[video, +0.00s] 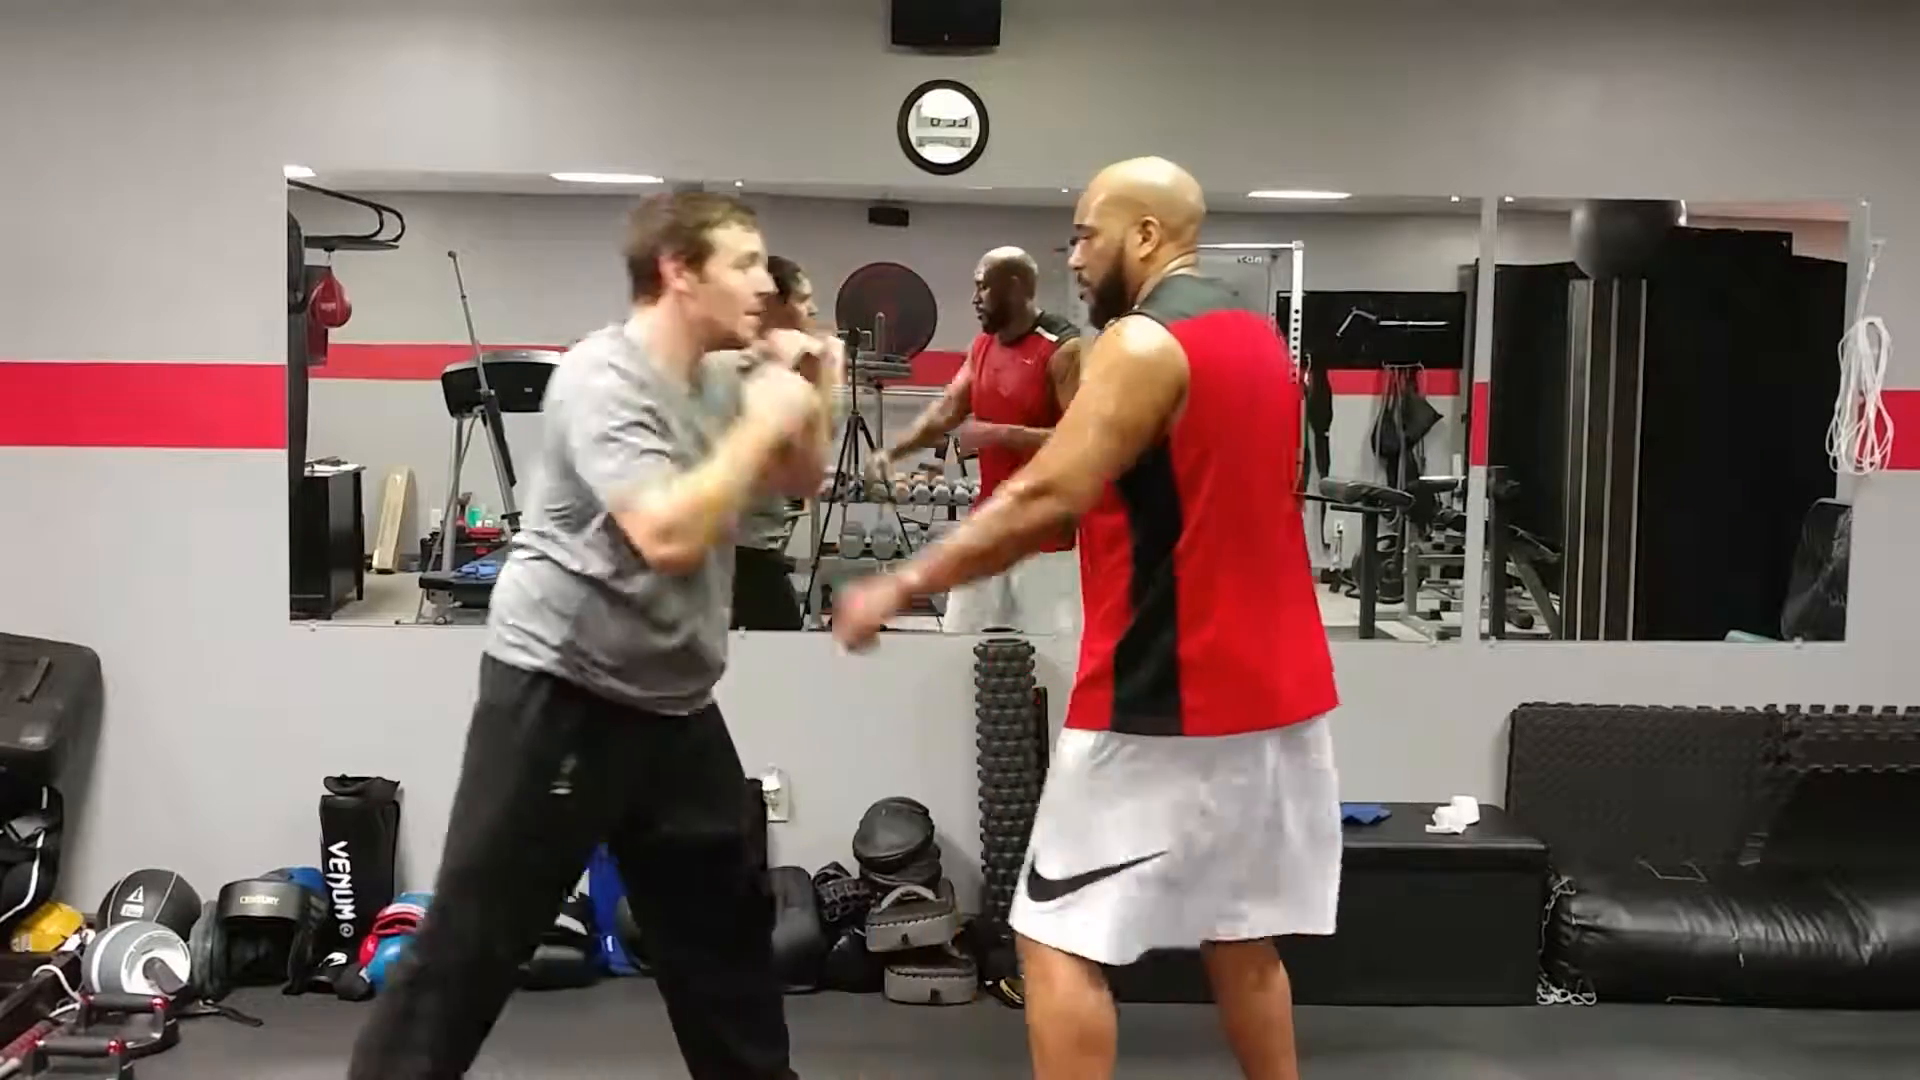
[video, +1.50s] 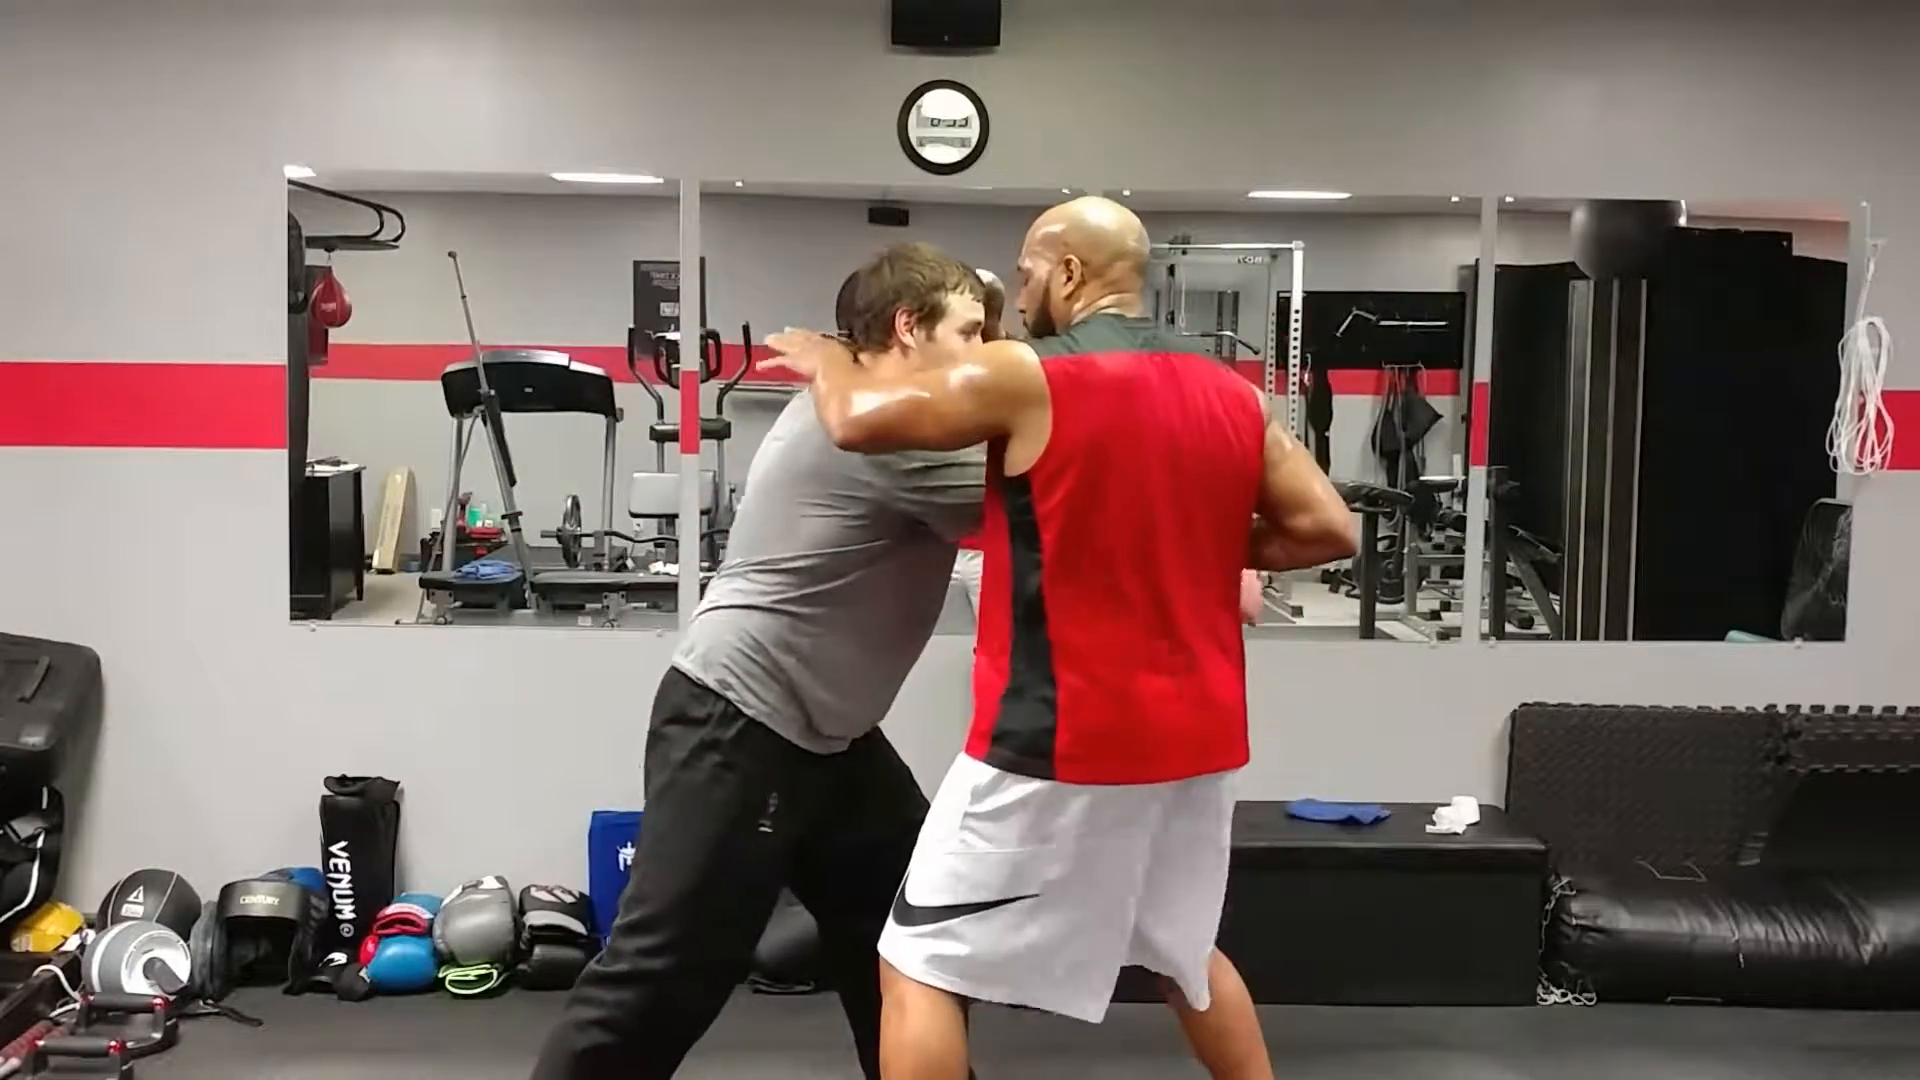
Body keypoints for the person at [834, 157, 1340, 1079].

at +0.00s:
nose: (1075, 259)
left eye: (1087, 238)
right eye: (1076, 239)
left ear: (1148, 236)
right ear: (1173, 240)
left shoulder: (1143, 346)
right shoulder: (1262, 343)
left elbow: (1052, 497)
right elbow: (1213, 502)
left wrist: (902, 583)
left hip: (1153, 695)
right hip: (1275, 689)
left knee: (1056, 936)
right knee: (1240, 932)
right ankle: (1278, 1076)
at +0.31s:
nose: (1100, 244)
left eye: (1115, 225)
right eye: (1102, 225)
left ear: (1181, 230)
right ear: (1195, 233)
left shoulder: (1183, 341)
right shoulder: (1259, 324)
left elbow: (1116, 491)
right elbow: (1227, 491)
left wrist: (961, 492)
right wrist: (1112, 451)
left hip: (1174, 697)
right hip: (1273, 688)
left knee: (1106, 953)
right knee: (1245, 938)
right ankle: (1278, 1079)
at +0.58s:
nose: (1105, 245)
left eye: (1119, 227)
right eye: (1109, 225)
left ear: (1179, 235)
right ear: (1201, 237)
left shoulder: (1150, 340)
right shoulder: (1251, 312)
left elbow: (1046, 485)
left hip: (1153, 692)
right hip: (1265, 685)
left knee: (1045, 937)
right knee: (1237, 934)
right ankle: (1278, 1078)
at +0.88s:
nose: (994, 308)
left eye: (1004, 287)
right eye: (996, 287)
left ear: (1055, 290)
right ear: (1094, 290)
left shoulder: (1075, 405)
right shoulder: (1151, 374)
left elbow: (1025, 586)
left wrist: (972, 572)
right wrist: (993, 407)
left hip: (1106, 732)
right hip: (1221, 718)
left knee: (942, 965)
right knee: (1201, 983)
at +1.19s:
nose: (1013, 288)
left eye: (1023, 272)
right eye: (1016, 272)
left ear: (1067, 275)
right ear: (1127, 280)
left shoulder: (1023, 359)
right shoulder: (1212, 388)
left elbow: (853, 396)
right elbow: (1285, 533)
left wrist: (796, 353)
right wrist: (1166, 550)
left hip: (1060, 728)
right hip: (1204, 722)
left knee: (915, 963)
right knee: (1178, 938)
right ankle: (1256, 1079)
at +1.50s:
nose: (1018, 289)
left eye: (1027, 273)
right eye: (1021, 273)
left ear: (1069, 273)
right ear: (1134, 279)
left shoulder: (1021, 374)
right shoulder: (1231, 393)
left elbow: (855, 420)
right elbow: (1327, 530)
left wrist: (825, 354)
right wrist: (1194, 537)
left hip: (1052, 738)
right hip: (1201, 733)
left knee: (919, 964)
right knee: (1185, 949)